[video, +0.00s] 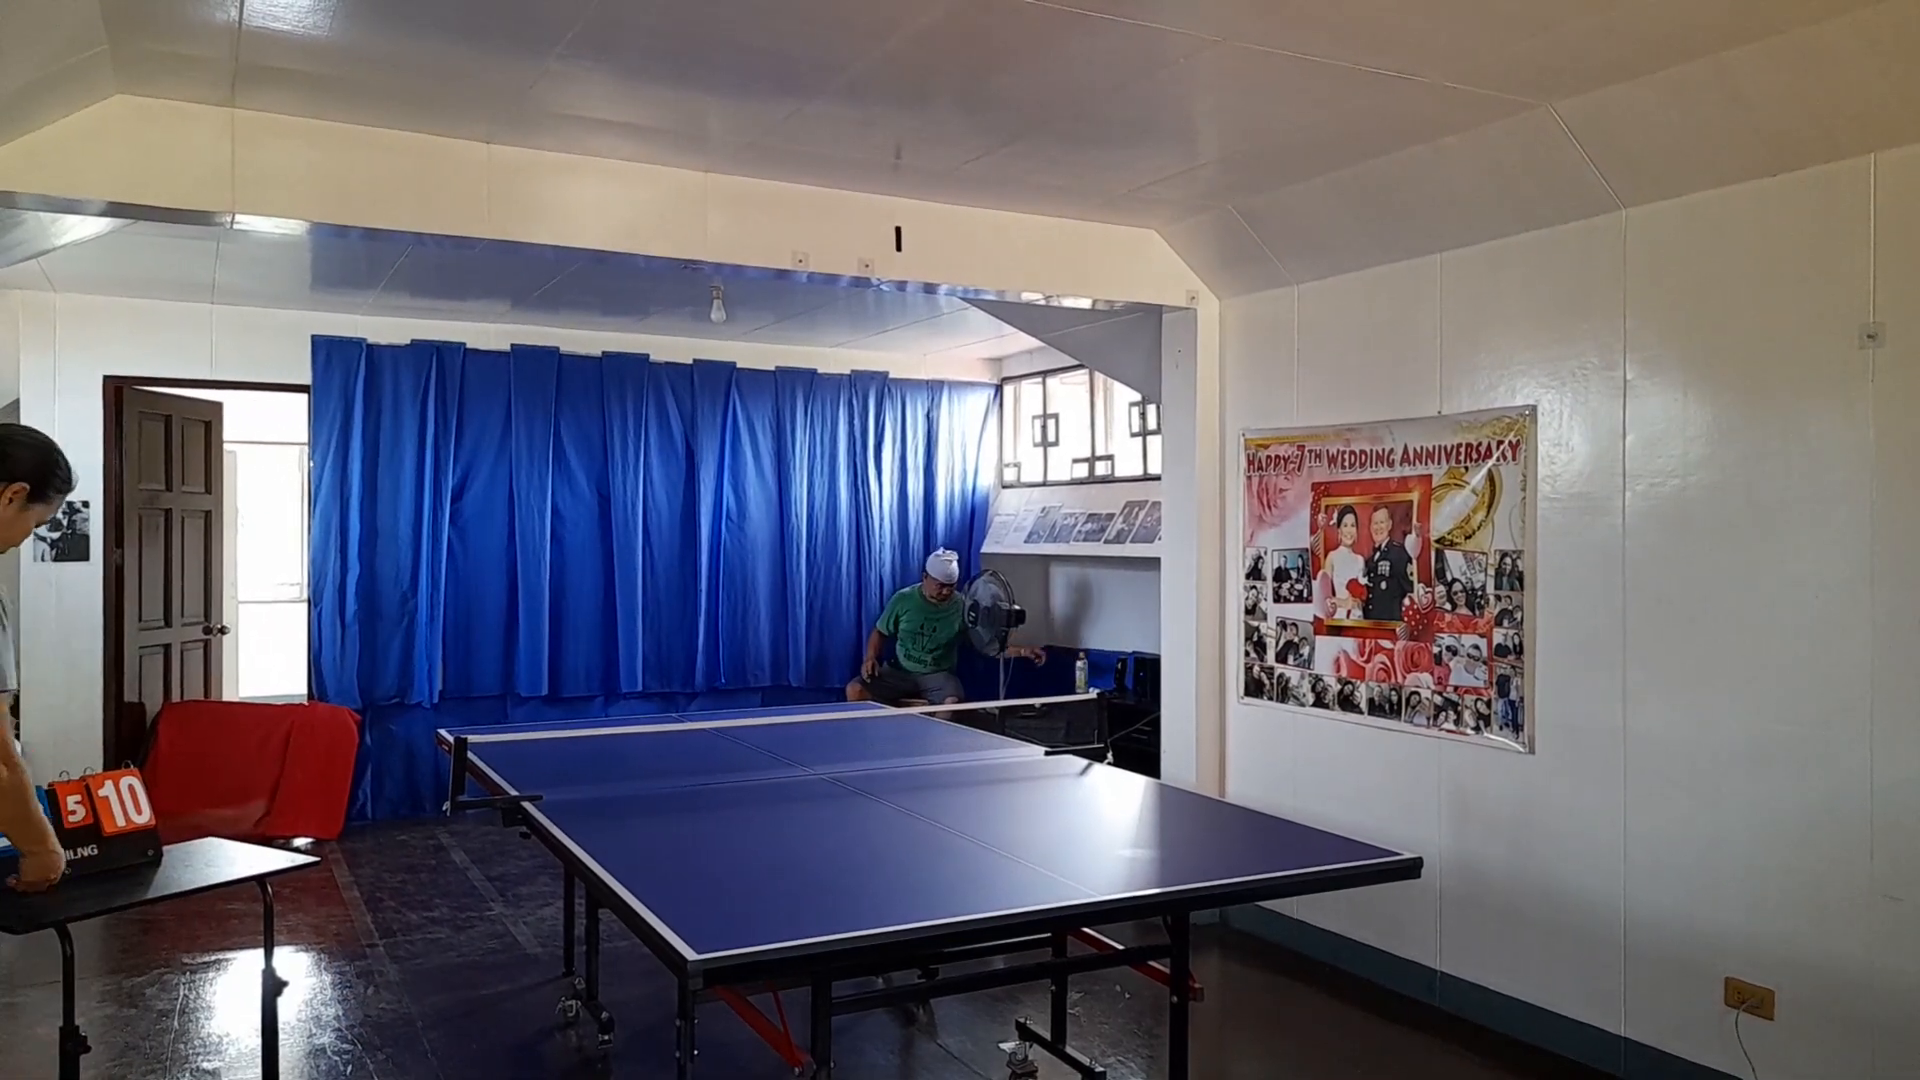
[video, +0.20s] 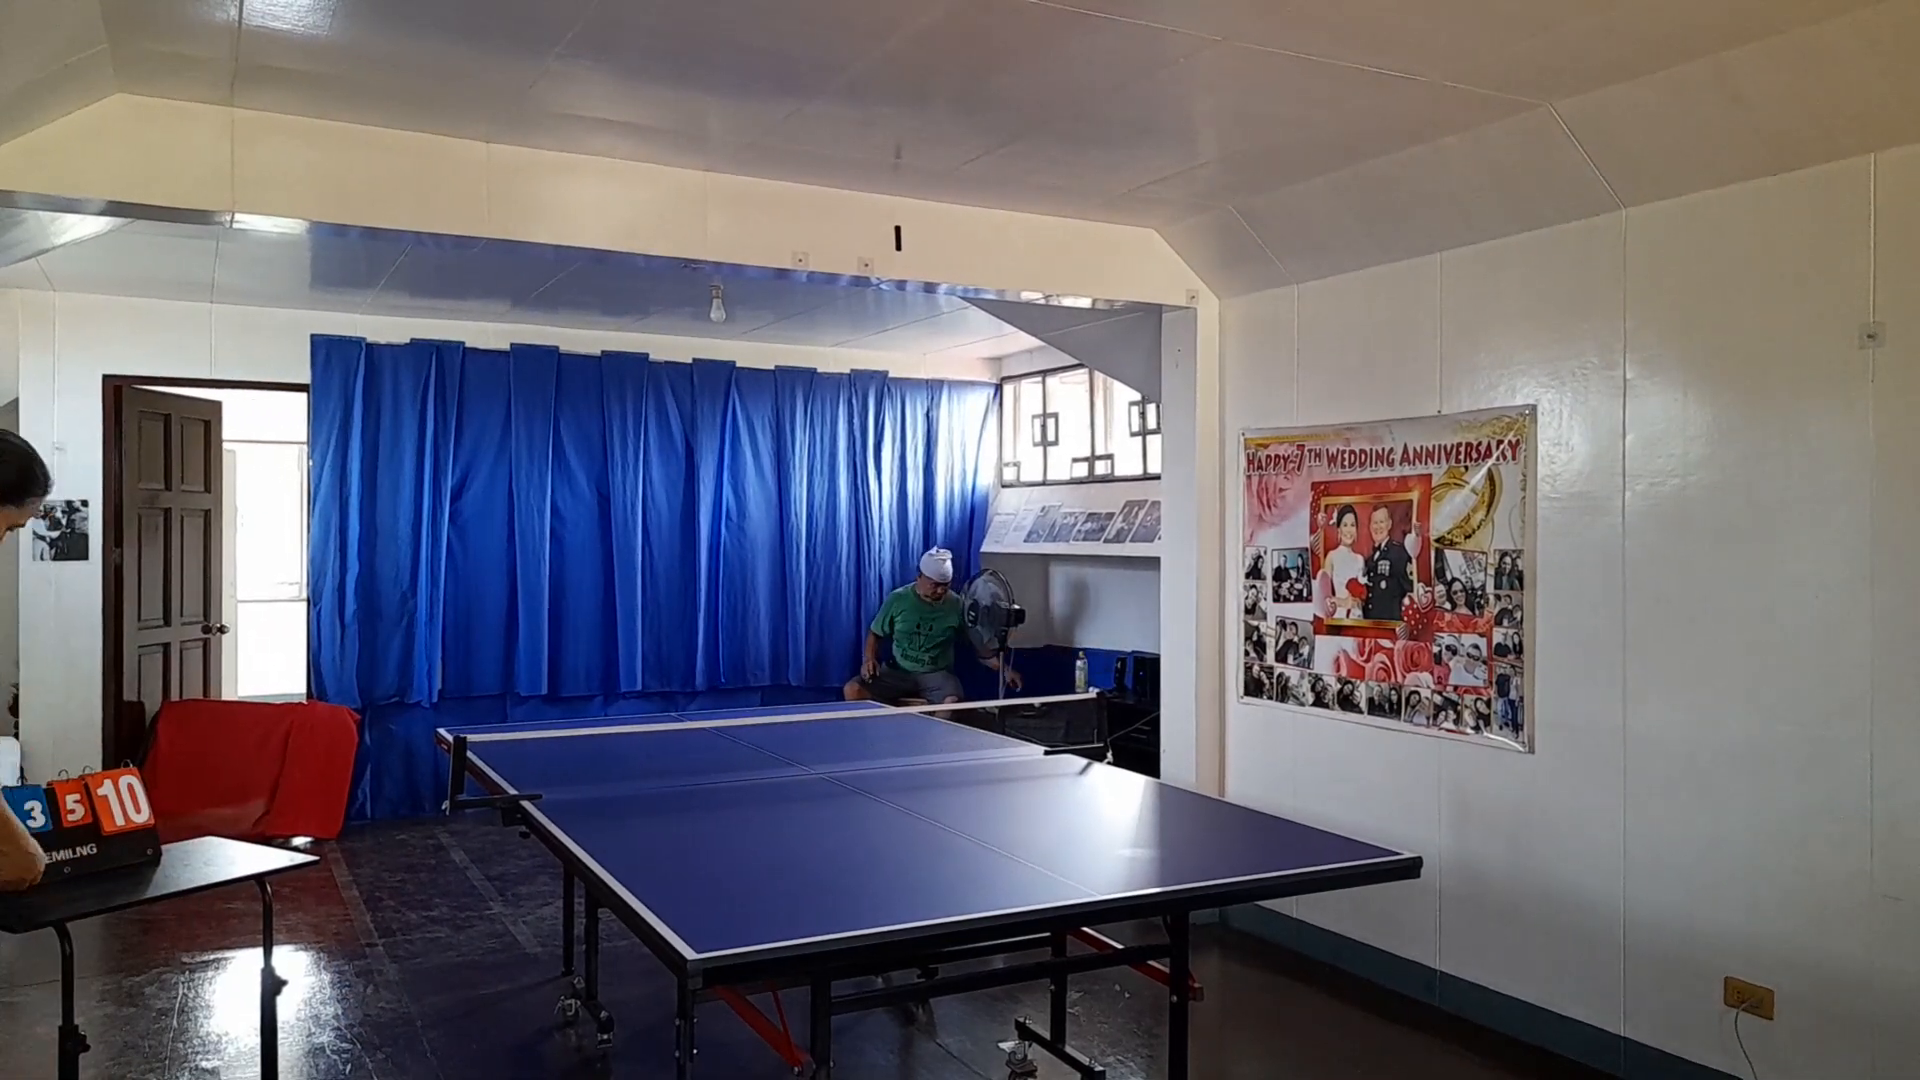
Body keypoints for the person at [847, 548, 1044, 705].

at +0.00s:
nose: (945, 592)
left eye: (950, 587)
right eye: (940, 585)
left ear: (956, 583)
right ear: (925, 578)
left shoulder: (963, 607)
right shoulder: (904, 599)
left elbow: (986, 645)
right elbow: (880, 632)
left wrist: (1022, 651)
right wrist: (870, 657)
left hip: (938, 676)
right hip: (901, 672)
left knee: (951, 703)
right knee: (854, 690)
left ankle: (933, 752)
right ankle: (871, 746)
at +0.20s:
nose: (940, 591)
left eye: (945, 585)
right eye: (934, 585)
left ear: (951, 581)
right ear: (919, 577)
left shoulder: (958, 606)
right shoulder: (898, 599)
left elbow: (982, 648)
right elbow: (874, 632)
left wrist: (1005, 669)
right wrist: (869, 659)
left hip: (936, 676)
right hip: (897, 673)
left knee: (952, 703)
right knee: (852, 690)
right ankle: (874, 741)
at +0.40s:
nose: (933, 589)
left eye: (938, 583)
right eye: (928, 582)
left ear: (943, 579)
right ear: (913, 576)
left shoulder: (952, 603)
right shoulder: (891, 601)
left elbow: (970, 639)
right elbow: (869, 637)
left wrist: (988, 666)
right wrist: (868, 661)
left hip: (936, 675)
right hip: (898, 673)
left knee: (950, 701)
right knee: (852, 691)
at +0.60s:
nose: (921, 586)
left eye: (925, 579)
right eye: (915, 580)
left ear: (930, 575)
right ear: (898, 574)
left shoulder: (942, 599)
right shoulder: (882, 605)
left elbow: (959, 638)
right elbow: (866, 648)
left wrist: (969, 675)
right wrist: (871, 665)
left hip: (934, 673)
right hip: (897, 674)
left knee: (949, 698)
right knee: (852, 689)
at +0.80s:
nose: (910, 583)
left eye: (913, 576)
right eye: (903, 578)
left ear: (918, 573)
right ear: (887, 574)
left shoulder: (931, 597)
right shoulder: (872, 608)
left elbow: (951, 636)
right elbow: (864, 652)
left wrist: (960, 679)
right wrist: (874, 677)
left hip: (930, 671)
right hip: (890, 673)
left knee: (946, 697)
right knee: (849, 690)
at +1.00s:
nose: (900, 586)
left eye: (903, 579)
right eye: (892, 582)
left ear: (907, 574)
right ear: (877, 580)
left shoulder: (926, 598)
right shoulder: (866, 611)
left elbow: (949, 637)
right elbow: (858, 655)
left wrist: (961, 679)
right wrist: (872, 678)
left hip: (928, 671)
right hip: (888, 674)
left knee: (940, 698)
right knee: (848, 690)